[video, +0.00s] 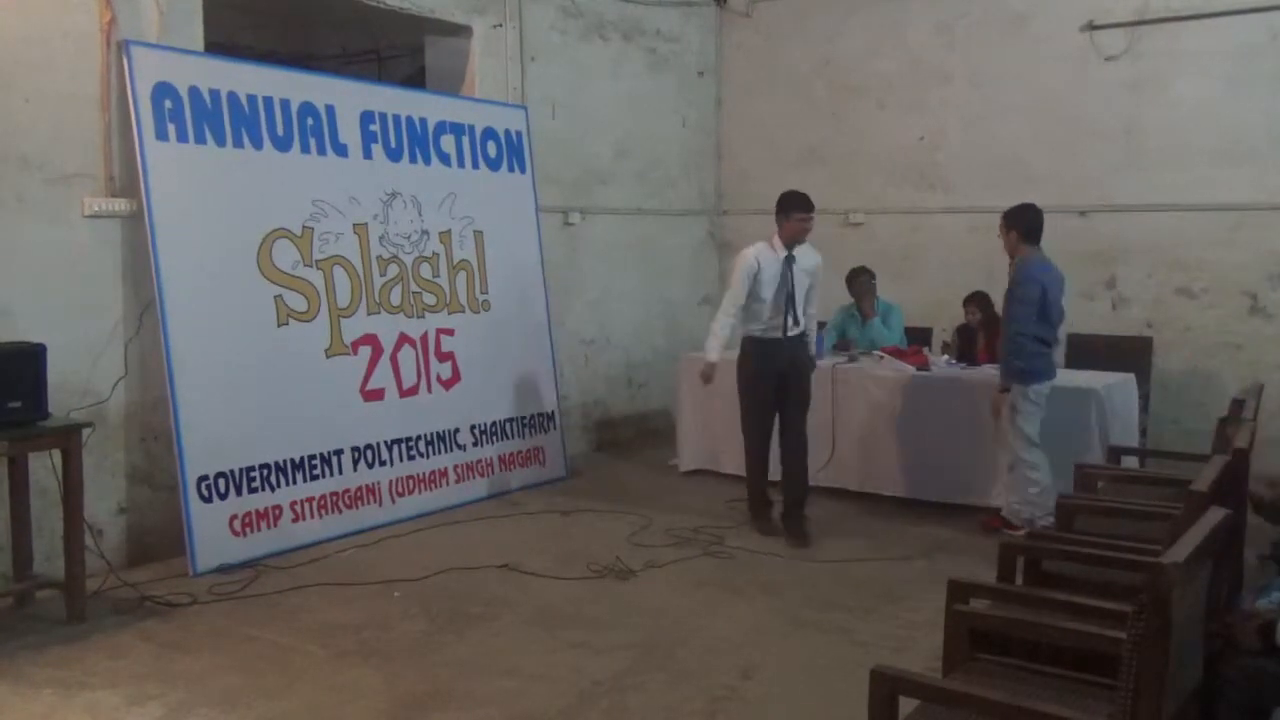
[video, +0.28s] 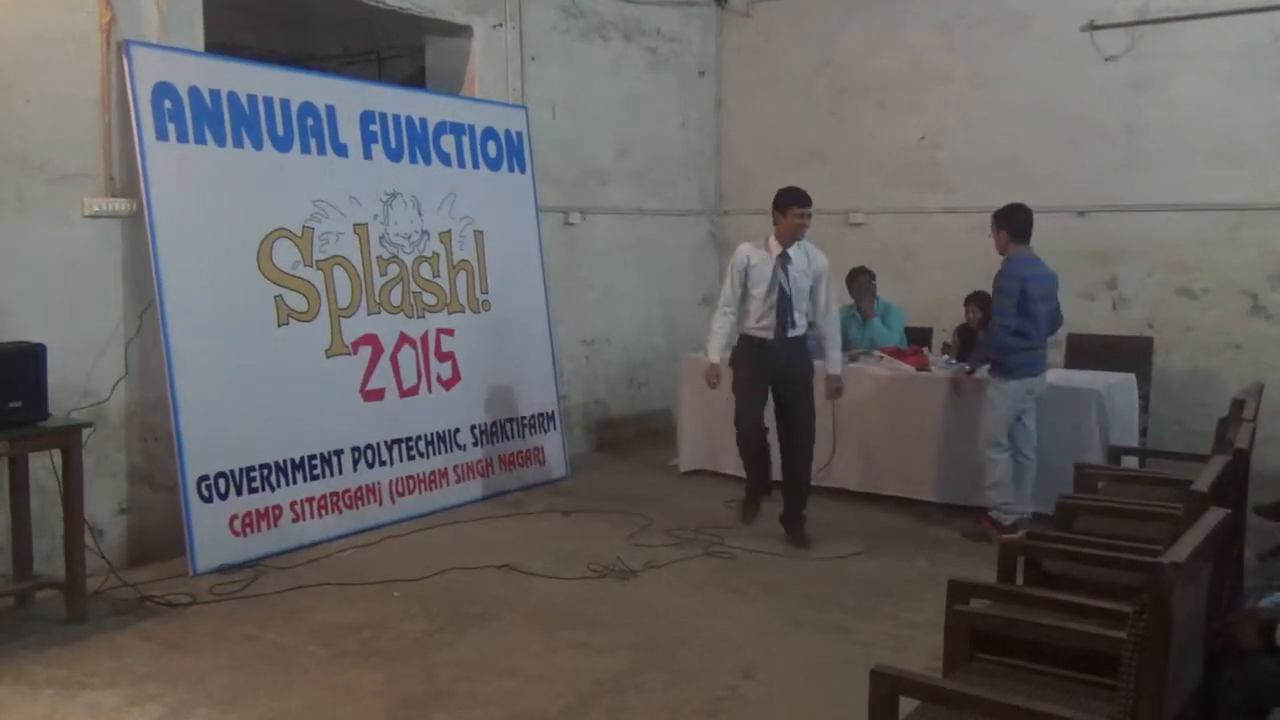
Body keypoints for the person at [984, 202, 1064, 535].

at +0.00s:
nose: (1002, 241)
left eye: (1003, 234)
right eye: (1002, 233)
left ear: (1015, 234)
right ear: (1035, 233)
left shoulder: (1025, 273)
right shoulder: (1050, 270)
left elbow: (1014, 332)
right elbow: (1053, 322)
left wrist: (1004, 382)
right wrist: (1036, 351)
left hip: (1026, 373)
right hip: (1039, 370)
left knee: (1023, 446)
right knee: (1021, 445)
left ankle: (1038, 514)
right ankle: (1017, 511)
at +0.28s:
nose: (993, 239)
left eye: (994, 232)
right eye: (993, 232)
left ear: (1005, 233)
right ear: (1025, 232)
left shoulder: (1009, 273)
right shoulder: (1045, 272)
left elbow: (998, 330)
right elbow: (1053, 322)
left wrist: (973, 364)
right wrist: (1022, 337)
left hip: (1009, 375)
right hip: (1034, 374)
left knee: (994, 444)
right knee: (1024, 446)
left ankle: (1002, 514)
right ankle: (1020, 513)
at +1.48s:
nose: (910, 238)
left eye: (910, 233)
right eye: (912, 233)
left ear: (915, 236)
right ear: (942, 232)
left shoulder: (920, 275)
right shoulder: (963, 269)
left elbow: (916, 328)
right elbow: (978, 314)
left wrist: (881, 329)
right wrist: (951, 331)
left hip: (933, 369)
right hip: (957, 365)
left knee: (934, 439)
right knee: (942, 435)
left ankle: (937, 506)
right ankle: (938, 497)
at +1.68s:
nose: (903, 240)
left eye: (903, 235)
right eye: (905, 234)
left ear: (909, 237)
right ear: (934, 233)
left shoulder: (917, 275)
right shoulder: (954, 272)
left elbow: (913, 328)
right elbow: (964, 319)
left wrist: (876, 329)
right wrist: (933, 329)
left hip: (923, 369)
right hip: (945, 365)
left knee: (927, 438)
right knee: (917, 435)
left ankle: (937, 505)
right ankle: (908, 494)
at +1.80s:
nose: (899, 241)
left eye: (899, 236)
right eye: (901, 236)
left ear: (904, 237)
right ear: (929, 233)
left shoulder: (913, 275)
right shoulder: (949, 272)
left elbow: (909, 326)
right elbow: (956, 320)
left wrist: (874, 326)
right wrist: (926, 325)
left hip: (915, 367)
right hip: (935, 364)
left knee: (921, 435)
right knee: (912, 433)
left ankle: (935, 504)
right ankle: (907, 493)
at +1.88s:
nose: (897, 242)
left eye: (897, 236)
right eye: (898, 236)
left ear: (904, 237)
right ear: (927, 234)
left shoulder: (911, 274)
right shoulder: (945, 272)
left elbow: (908, 324)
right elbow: (951, 322)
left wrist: (874, 325)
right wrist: (918, 324)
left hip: (912, 367)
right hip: (930, 364)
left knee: (916, 435)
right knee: (911, 432)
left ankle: (933, 504)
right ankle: (906, 494)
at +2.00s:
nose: (893, 243)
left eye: (894, 236)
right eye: (894, 236)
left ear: (901, 236)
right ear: (922, 234)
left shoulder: (908, 274)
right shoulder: (939, 272)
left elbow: (903, 323)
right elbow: (945, 322)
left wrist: (872, 321)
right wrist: (908, 323)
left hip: (908, 365)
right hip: (926, 362)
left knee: (911, 433)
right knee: (911, 431)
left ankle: (931, 501)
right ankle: (907, 493)